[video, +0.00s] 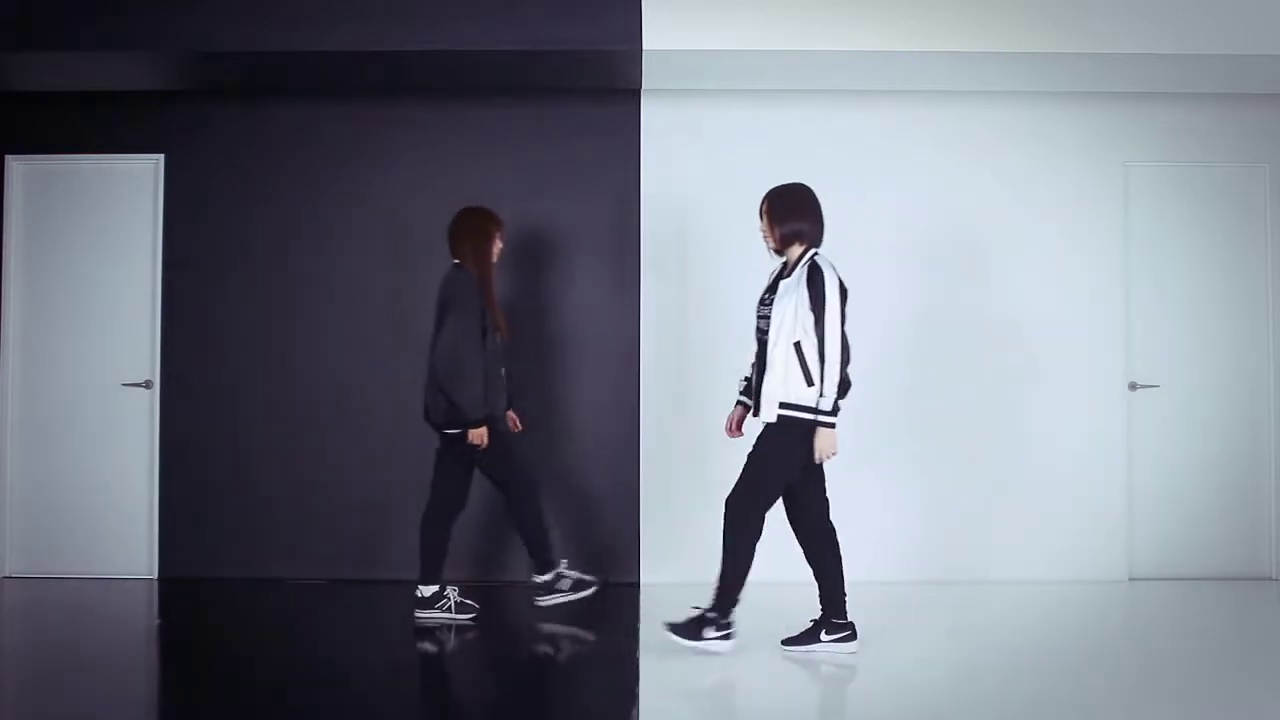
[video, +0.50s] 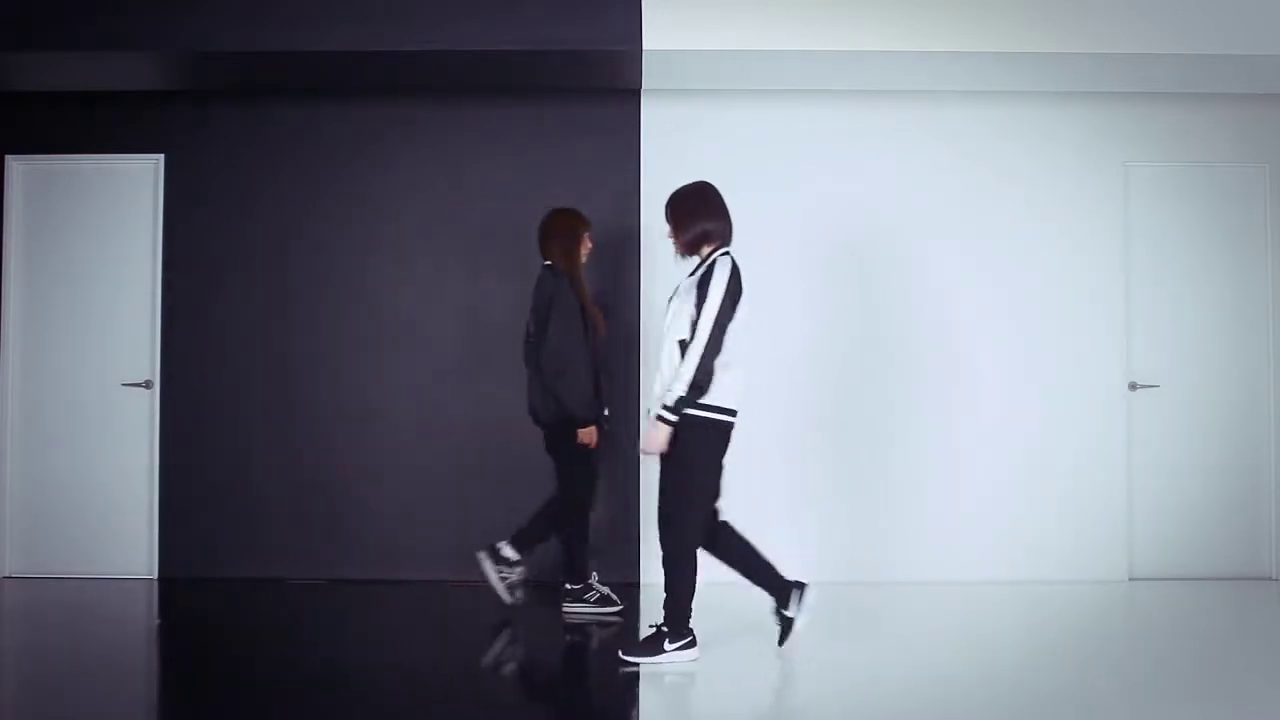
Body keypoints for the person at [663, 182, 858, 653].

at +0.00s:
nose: (762, 231)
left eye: (767, 221)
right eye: (762, 221)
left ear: (788, 221)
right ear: (796, 221)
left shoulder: (821, 273)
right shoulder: (781, 277)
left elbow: (834, 352)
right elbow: (767, 348)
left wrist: (826, 421)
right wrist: (745, 400)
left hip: (797, 421)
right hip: (783, 418)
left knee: (743, 506)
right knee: (811, 522)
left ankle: (719, 615)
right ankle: (836, 620)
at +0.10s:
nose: (745, 236)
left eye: (749, 227)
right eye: (745, 227)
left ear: (770, 227)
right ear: (780, 227)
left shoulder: (801, 278)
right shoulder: (768, 281)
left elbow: (813, 356)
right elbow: (756, 357)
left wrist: (806, 428)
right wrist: (740, 416)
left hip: (782, 427)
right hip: (767, 424)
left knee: (740, 525)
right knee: (805, 525)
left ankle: (692, 626)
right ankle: (836, 621)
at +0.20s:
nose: (726, 238)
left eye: (731, 228)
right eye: (726, 229)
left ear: (753, 228)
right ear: (763, 227)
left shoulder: (777, 275)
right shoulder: (754, 278)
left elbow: (786, 354)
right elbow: (755, 356)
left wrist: (781, 431)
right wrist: (735, 425)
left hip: (756, 427)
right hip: (752, 426)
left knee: (721, 529)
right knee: (793, 525)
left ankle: (682, 629)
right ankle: (833, 618)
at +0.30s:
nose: (708, 235)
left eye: (712, 225)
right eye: (707, 226)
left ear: (733, 224)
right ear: (744, 224)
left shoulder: (758, 272)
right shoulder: (737, 272)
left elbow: (755, 350)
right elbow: (738, 350)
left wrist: (745, 425)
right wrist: (724, 422)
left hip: (732, 423)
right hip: (733, 421)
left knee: (706, 526)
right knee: (774, 521)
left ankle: (680, 630)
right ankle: (825, 610)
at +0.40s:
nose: (687, 234)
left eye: (691, 225)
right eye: (686, 225)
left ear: (712, 222)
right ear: (724, 220)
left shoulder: (738, 268)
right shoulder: (719, 270)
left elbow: (726, 348)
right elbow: (710, 347)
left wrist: (703, 420)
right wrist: (691, 414)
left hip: (718, 418)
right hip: (712, 416)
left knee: (694, 524)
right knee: (743, 517)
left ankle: (678, 629)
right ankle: (813, 603)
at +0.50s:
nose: (670, 234)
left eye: (674, 224)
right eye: (670, 224)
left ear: (695, 222)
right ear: (707, 220)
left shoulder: (721, 269)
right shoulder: (704, 270)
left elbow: (701, 347)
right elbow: (689, 348)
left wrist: (666, 414)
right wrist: (662, 410)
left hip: (701, 415)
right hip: (692, 414)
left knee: (678, 525)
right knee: (698, 522)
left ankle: (676, 631)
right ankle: (784, 590)